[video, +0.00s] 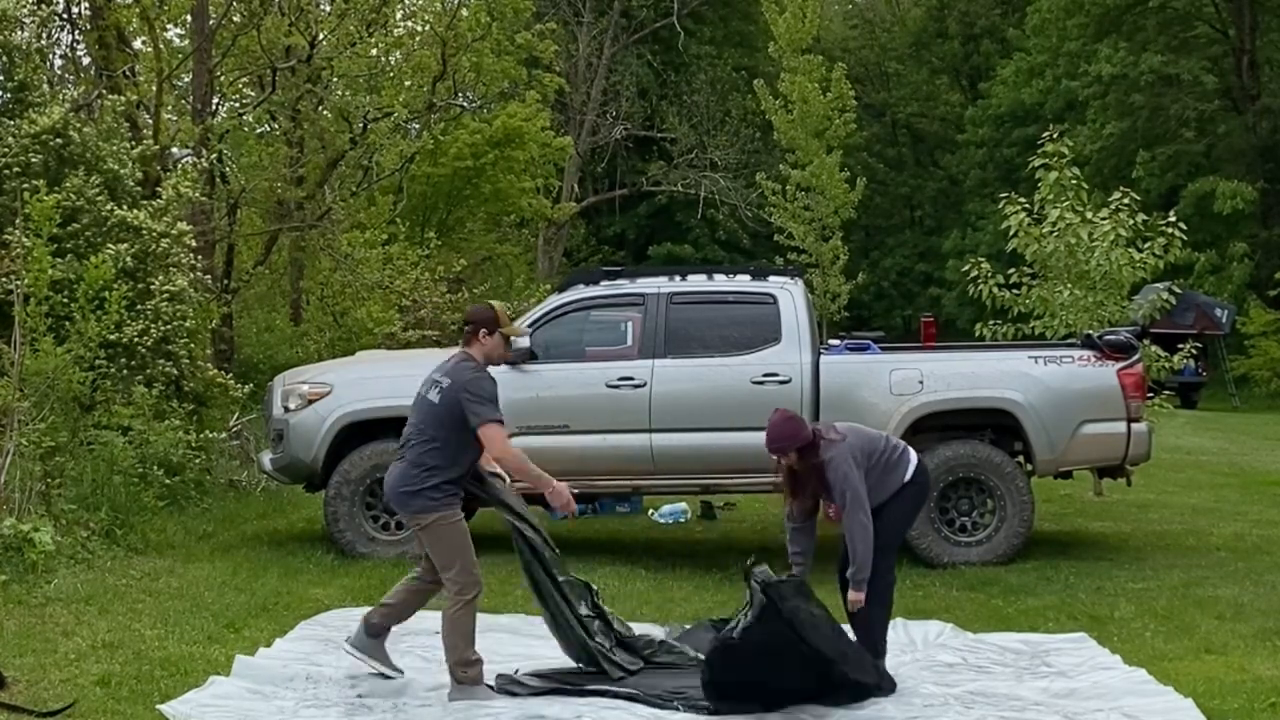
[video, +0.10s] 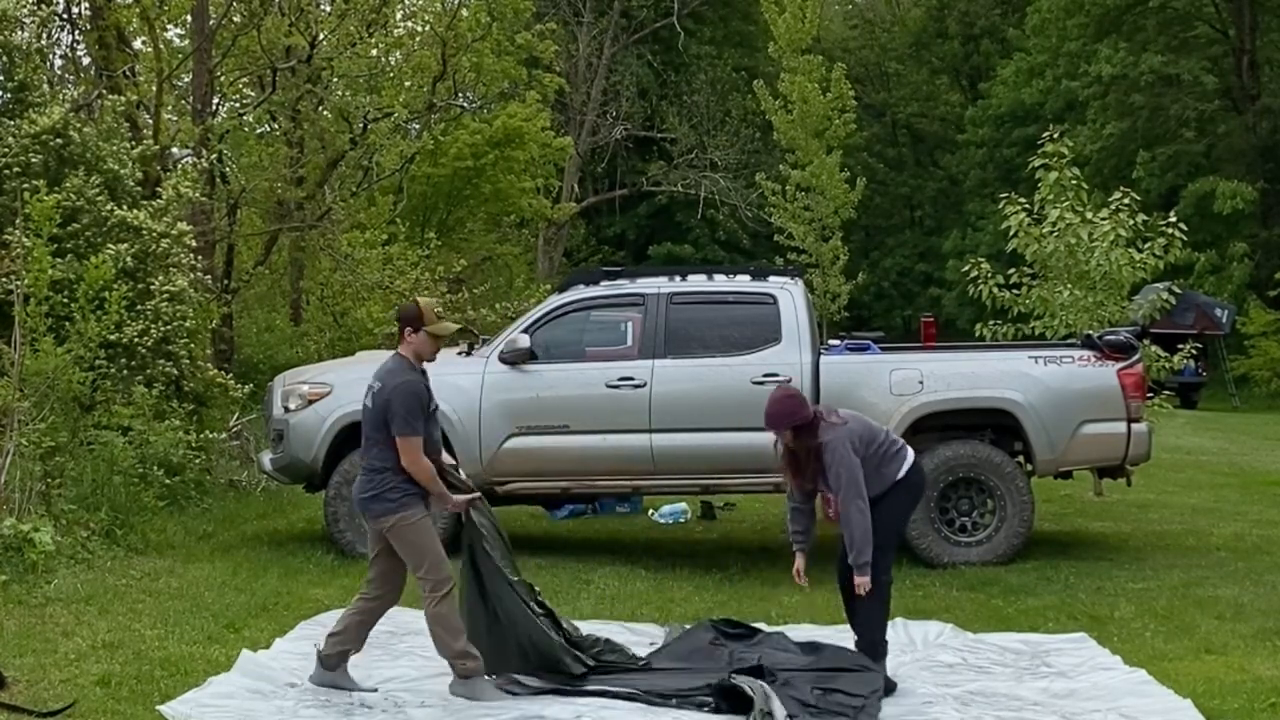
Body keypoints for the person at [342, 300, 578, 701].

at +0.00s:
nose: (509, 345)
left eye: (508, 338)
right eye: (504, 338)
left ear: (477, 337)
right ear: (483, 337)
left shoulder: (450, 368)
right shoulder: (475, 379)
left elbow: (448, 429)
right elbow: (500, 451)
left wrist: (481, 459)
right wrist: (550, 485)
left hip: (409, 484)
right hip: (429, 492)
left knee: (433, 573)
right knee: (464, 586)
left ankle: (370, 633)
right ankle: (466, 683)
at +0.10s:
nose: (441, 343)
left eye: (442, 336)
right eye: (436, 336)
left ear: (413, 336)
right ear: (411, 336)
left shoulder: (399, 371)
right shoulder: (407, 383)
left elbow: (423, 435)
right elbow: (412, 460)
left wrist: (448, 461)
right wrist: (445, 495)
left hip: (381, 495)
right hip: (397, 498)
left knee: (383, 588)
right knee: (438, 582)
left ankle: (330, 664)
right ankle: (468, 675)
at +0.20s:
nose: (377, 332)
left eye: (383, 325)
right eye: (370, 324)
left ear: (391, 327)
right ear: (355, 324)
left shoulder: (393, 363)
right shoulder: (341, 369)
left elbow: (399, 420)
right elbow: (345, 439)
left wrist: (413, 442)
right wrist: (399, 455)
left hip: (362, 476)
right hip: (332, 478)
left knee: (353, 572)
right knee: (387, 547)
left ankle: (328, 663)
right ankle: (364, 645)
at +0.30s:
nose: (331, 325)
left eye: (339, 318)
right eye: (325, 317)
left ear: (355, 320)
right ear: (317, 318)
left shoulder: (370, 362)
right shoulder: (303, 362)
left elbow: (385, 414)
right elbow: (295, 422)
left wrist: (379, 420)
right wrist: (349, 417)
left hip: (342, 477)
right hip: (299, 476)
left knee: (339, 572)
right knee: (315, 564)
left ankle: (328, 667)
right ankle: (255, 641)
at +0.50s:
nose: (298, 327)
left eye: (300, 320)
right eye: (293, 319)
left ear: (285, 316)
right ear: (269, 313)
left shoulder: (303, 358)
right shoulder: (228, 358)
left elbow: (318, 425)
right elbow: (170, 403)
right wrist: (201, 389)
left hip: (298, 486)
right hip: (246, 489)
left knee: (326, 562)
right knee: (237, 577)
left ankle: (321, 656)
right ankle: (223, 667)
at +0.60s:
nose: (305, 329)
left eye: (306, 322)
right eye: (299, 321)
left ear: (287, 317)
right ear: (275, 316)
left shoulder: (305, 357)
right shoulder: (233, 364)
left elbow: (316, 416)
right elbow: (181, 410)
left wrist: (325, 474)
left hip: (305, 482)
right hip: (254, 487)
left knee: (343, 555)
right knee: (243, 578)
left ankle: (336, 647)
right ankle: (225, 669)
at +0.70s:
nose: (336, 333)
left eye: (337, 327)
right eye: (333, 326)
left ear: (316, 322)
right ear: (310, 321)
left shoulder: (332, 363)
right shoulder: (263, 369)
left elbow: (339, 423)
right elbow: (223, 426)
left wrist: (348, 480)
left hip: (325, 489)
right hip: (277, 492)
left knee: (354, 567)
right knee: (257, 581)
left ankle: (373, 658)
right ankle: (226, 667)